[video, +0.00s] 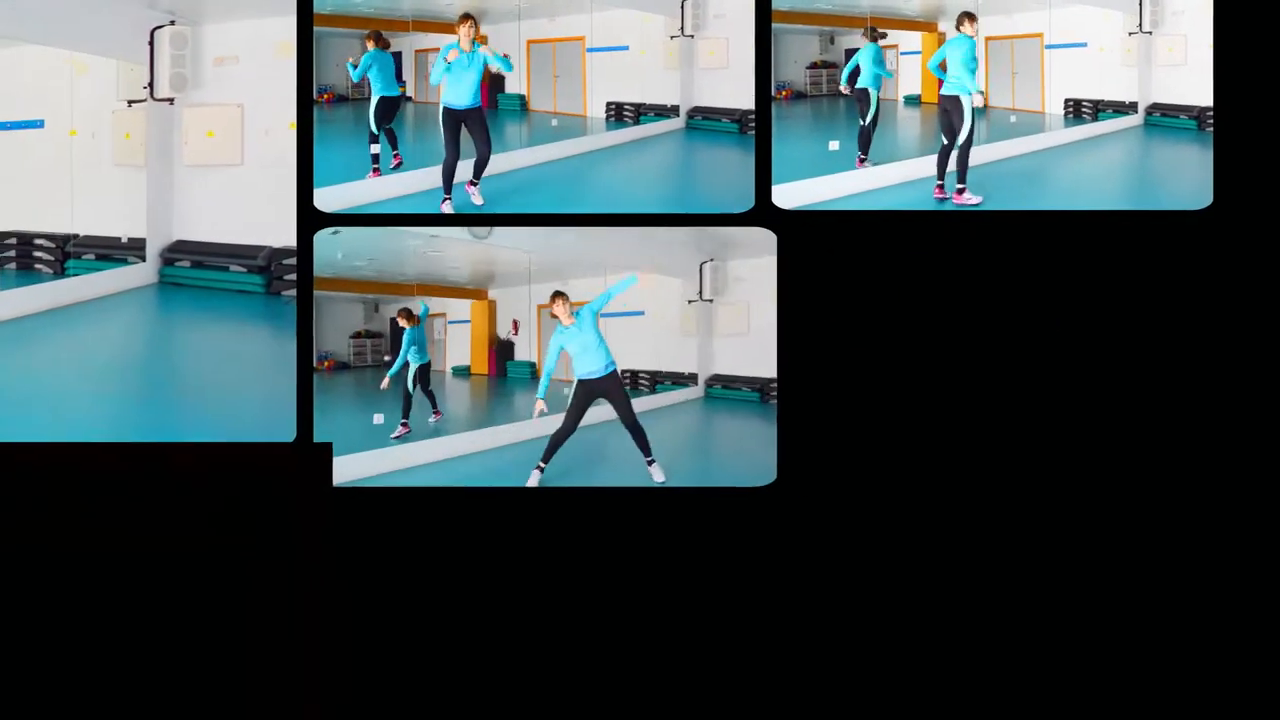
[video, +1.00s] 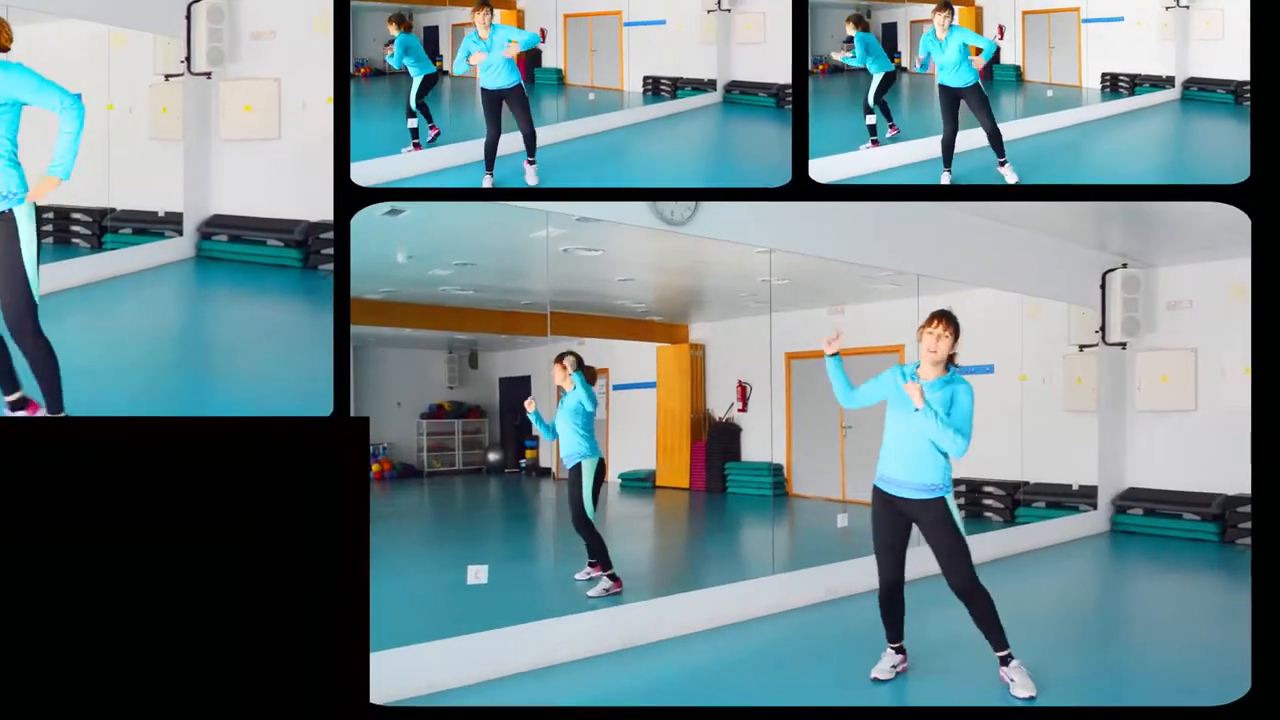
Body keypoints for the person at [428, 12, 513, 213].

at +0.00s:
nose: (468, 30)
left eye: (471, 26)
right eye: (464, 26)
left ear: (476, 30)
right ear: (458, 29)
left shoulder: (482, 51)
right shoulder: (447, 50)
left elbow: (508, 68)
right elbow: (434, 80)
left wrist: (491, 53)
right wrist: (447, 61)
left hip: (474, 109)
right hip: (450, 109)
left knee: (485, 151)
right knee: (452, 155)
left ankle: (473, 185)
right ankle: (447, 199)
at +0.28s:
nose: (468, 34)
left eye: (472, 31)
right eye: (465, 30)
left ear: (477, 34)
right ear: (459, 33)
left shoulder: (485, 50)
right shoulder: (453, 55)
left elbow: (511, 65)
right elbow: (451, 90)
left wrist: (481, 59)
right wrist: (465, 68)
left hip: (488, 105)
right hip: (465, 105)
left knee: (495, 147)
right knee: (469, 148)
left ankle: (486, 187)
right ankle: (467, 188)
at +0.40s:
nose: (471, 32)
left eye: (475, 29)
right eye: (468, 28)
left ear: (479, 32)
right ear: (461, 30)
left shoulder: (487, 46)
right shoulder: (454, 52)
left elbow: (517, 59)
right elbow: (448, 82)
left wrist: (496, 69)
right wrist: (454, 78)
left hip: (497, 99)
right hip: (473, 101)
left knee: (515, 139)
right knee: (477, 144)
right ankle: (473, 185)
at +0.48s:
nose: (472, 30)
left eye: (476, 27)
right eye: (469, 26)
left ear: (481, 30)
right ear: (463, 28)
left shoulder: (490, 44)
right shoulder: (456, 49)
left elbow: (521, 55)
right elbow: (455, 74)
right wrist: (446, 75)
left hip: (501, 96)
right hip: (478, 98)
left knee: (522, 137)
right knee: (480, 142)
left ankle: (545, 174)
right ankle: (477, 183)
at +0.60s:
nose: (472, 29)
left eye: (477, 26)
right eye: (470, 24)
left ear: (483, 30)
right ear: (465, 26)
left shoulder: (493, 45)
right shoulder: (465, 47)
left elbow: (522, 54)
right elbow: (473, 70)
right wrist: (451, 67)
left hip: (508, 97)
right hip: (486, 99)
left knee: (532, 135)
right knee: (483, 141)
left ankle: (563, 169)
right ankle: (480, 180)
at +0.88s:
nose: (479, 21)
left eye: (483, 17)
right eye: (476, 17)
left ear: (490, 20)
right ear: (471, 20)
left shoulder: (502, 36)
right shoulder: (469, 43)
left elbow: (529, 45)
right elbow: (466, 69)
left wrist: (551, 54)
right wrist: (454, 66)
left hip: (514, 89)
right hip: (490, 92)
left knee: (535, 131)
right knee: (491, 136)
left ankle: (560, 164)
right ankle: (487, 176)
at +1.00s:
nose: (483, 18)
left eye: (486, 14)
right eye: (479, 14)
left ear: (492, 16)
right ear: (473, 17)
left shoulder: (504, 31)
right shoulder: (469, 40)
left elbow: (534, 37)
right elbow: (456, 69)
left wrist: (518, 47)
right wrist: (470, 61)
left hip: (513, 87)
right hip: (489, 90)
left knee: (528, 130)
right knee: (493, 133)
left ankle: (531, 164)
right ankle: (488, 175)